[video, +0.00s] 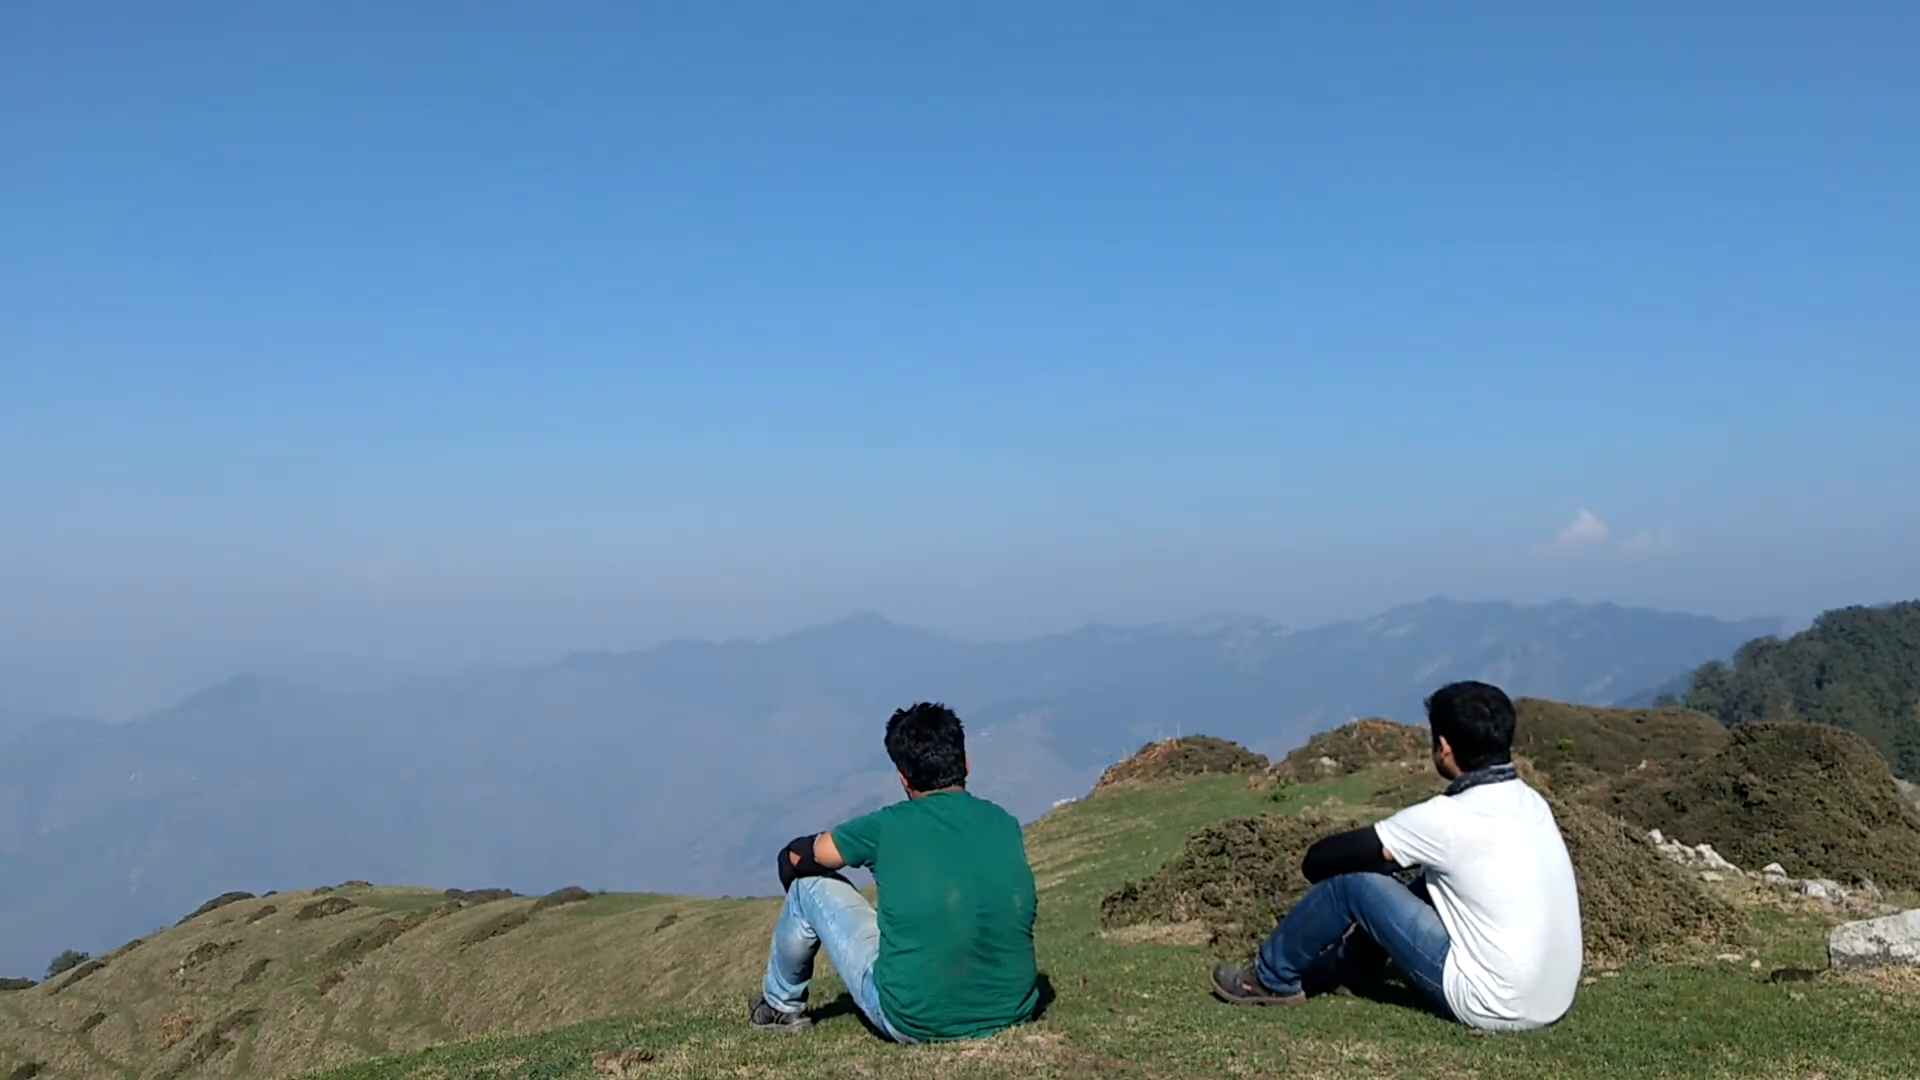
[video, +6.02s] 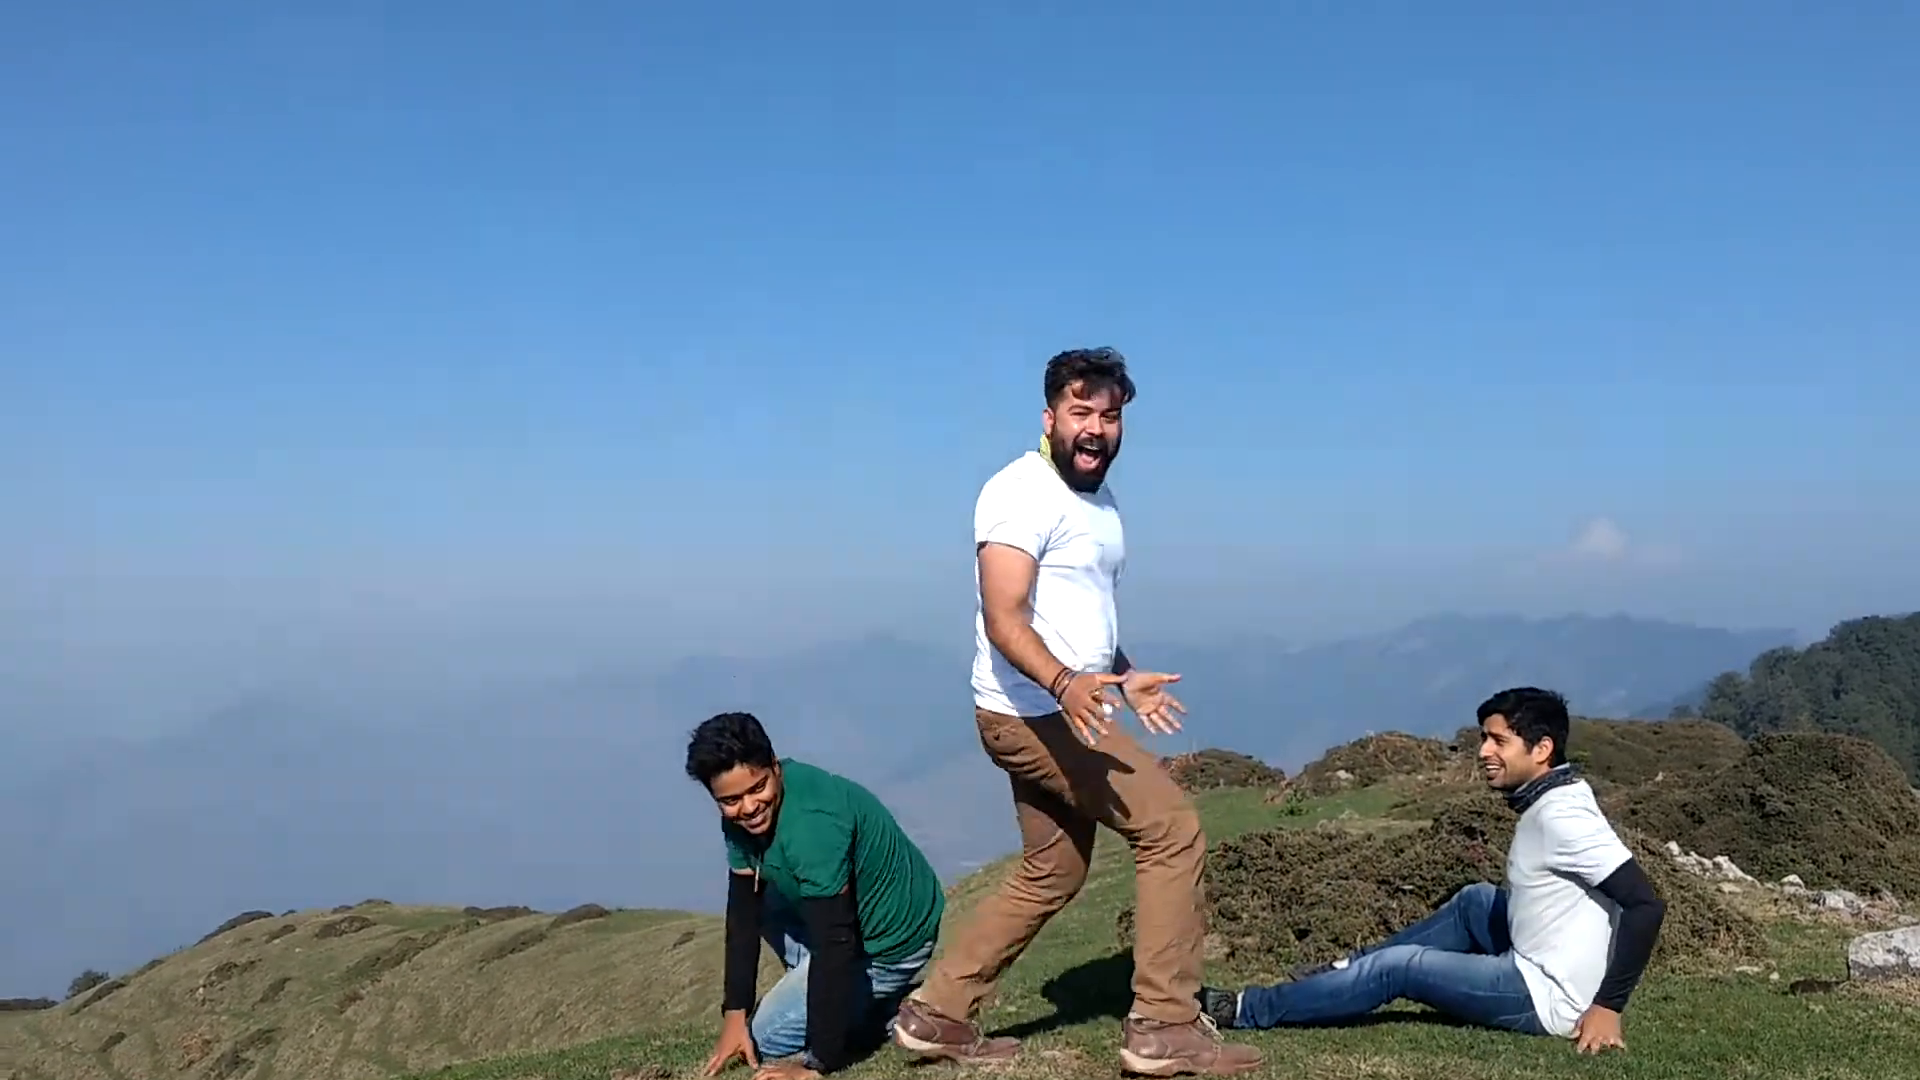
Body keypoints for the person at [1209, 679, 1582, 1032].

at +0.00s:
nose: (1434, 748)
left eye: (1433, 738)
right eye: (1433, 738)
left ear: (1447, 748)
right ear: (1503, 741)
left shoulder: (1448, 816)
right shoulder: (1532, 802)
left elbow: (1318, 860)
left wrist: (1390, 867)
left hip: (1488, 1003)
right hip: (1547, 999)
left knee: (1352, 883)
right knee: (1429, 879)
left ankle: (1271, 977)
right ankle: (1344, 967)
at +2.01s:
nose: (1481, 727)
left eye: (1499, 718)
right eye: (1487, 714)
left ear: (1540, 740)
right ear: (1541, 743)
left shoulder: (1524, 793)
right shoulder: (1562, 793)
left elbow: (1485, 900)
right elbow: (1469, 841)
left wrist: (1383, 869)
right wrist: (1384, 837)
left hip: (1505, 993)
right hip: (1549, 990)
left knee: (1338, 902)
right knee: (1370, 879)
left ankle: (1216, 982)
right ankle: (1350, 963)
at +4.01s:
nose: (1463, 719)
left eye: (1478, 708)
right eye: (1466, 706)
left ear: (1522, 719)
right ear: (1522, 721)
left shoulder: (1520, 790)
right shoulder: (1564, 773)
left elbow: (1535, 902)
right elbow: (1589, 880)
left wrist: (1513, 1013)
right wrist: (1591, 977)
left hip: (1516, 971)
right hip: (1557, 964)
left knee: (1355, 903)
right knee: (1456, 869)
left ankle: (1218, 985)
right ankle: (1351, 966)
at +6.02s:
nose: (1484, 753)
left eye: (1497, 741)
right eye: (1484, 740)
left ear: (1542, 749)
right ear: (1535, 749)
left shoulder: (1564, 814)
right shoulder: (1546, 801)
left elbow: (1645, 908)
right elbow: (1614, 896)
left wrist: (1607, 1006)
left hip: (1549, 995)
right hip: (1544, 958)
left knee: (1395, 965)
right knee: (1478, 900)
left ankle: (1242, 1009)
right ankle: (1356, 977)